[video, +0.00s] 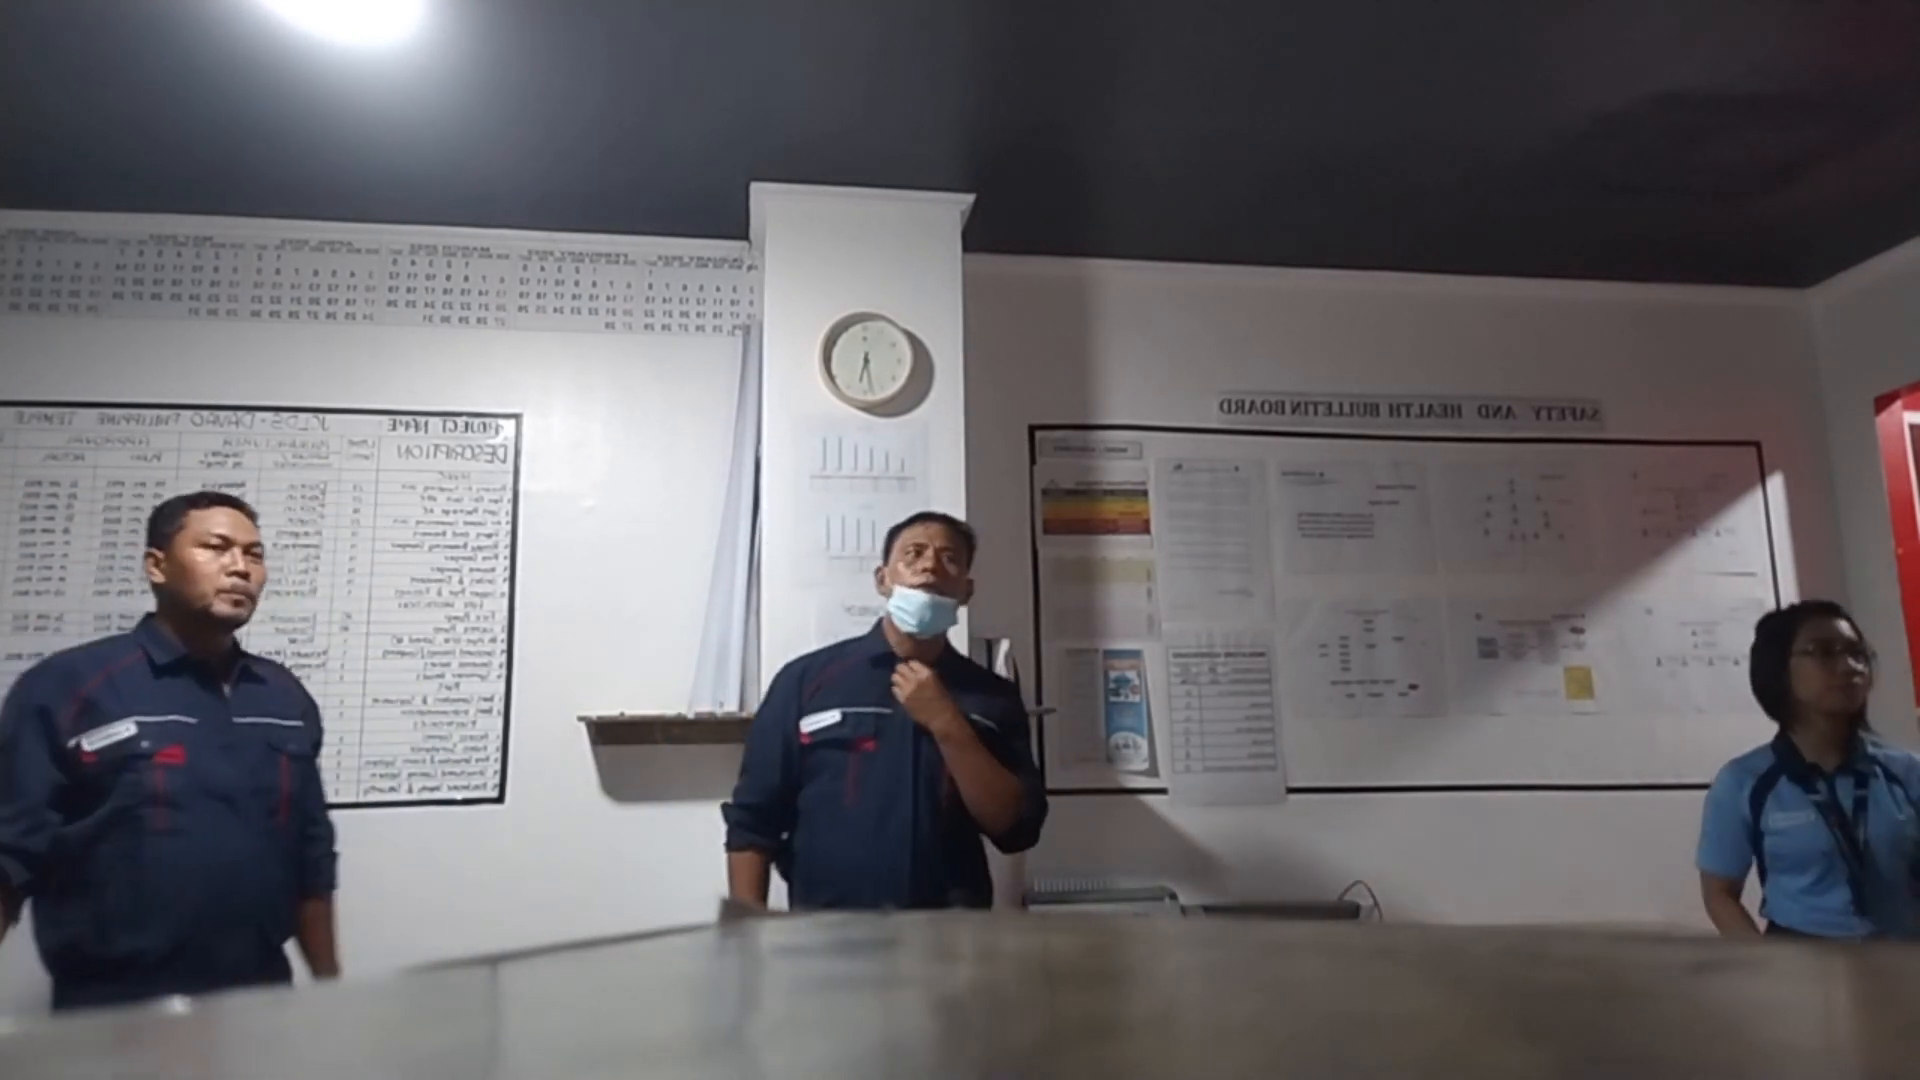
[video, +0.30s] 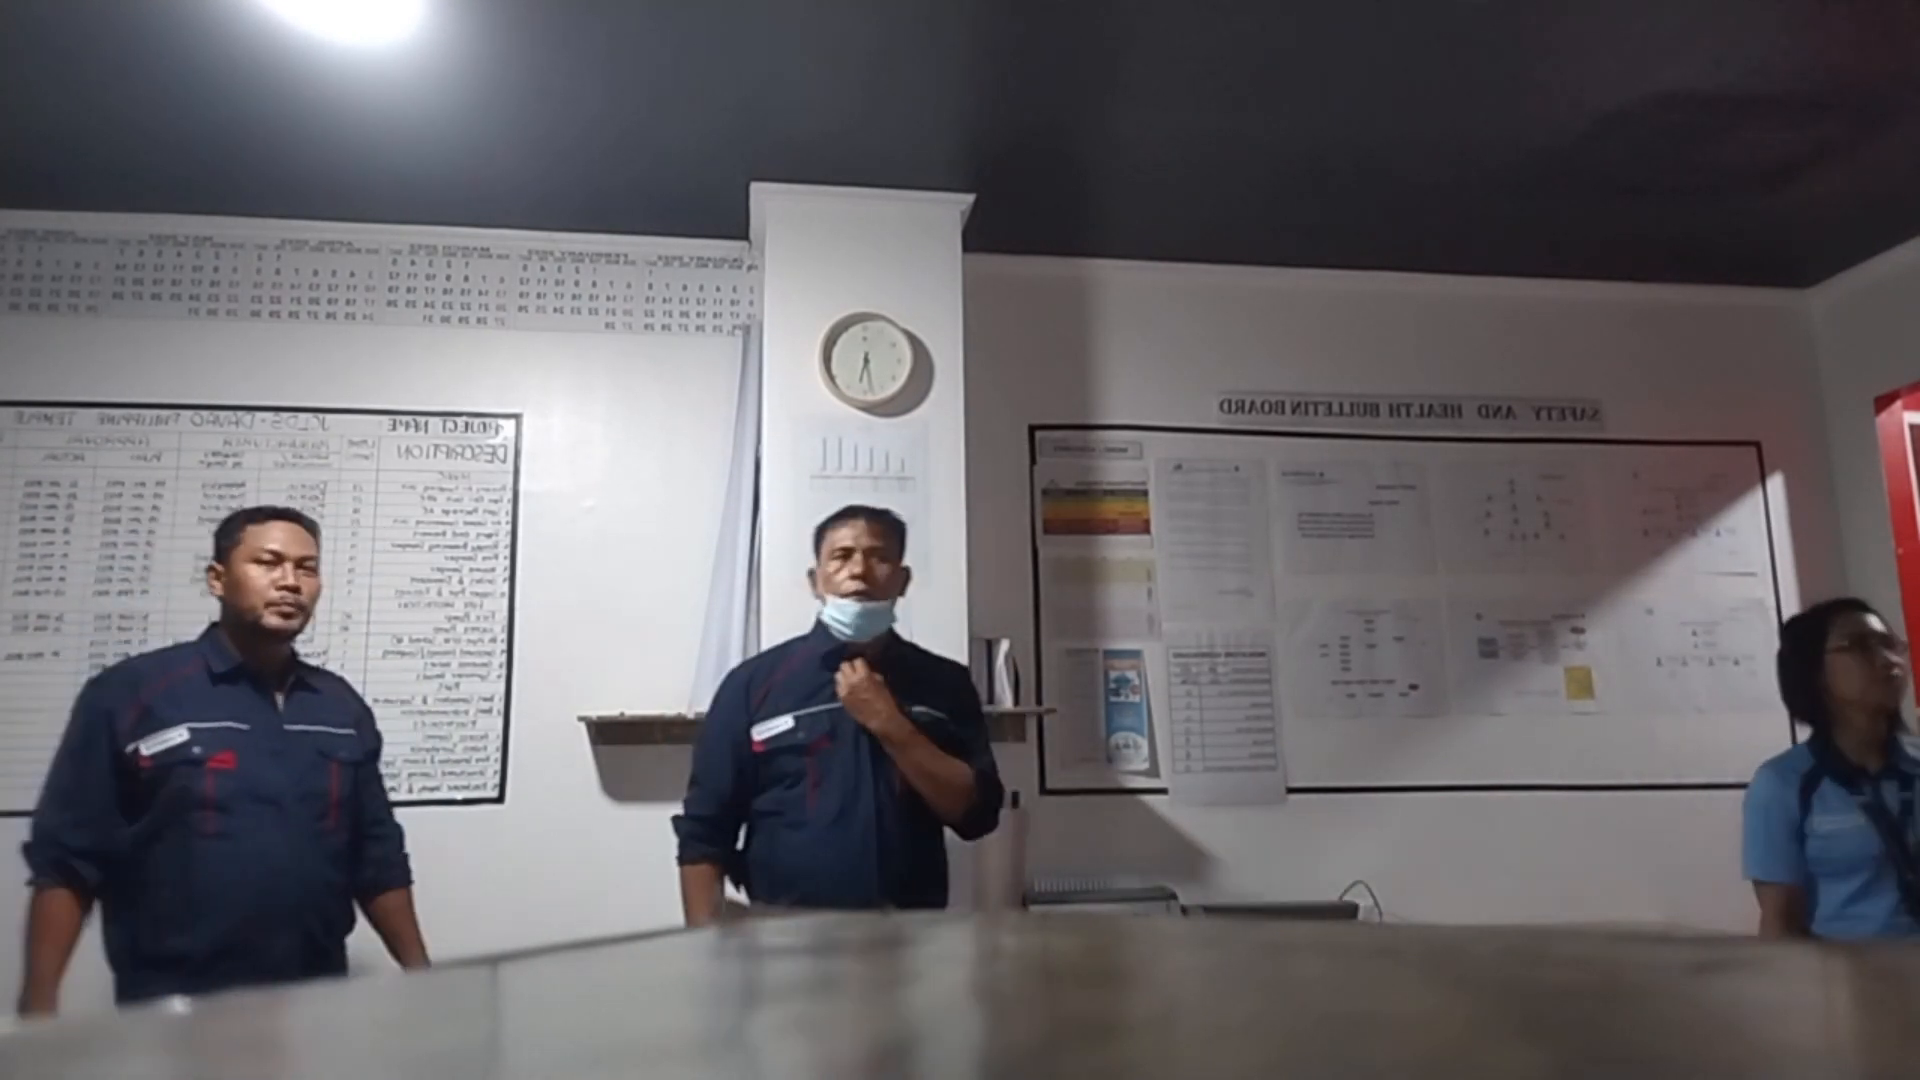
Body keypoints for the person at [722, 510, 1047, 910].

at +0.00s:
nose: (930, 566)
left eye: (948, 559)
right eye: (914, 554)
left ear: (966, 589)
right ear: (883, 579)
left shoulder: (992, 696)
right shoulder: (805, 682)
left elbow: (1018, 829)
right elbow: (752, 821)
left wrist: (945, 722)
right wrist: (749, 940)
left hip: (952, 943)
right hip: (827, 941)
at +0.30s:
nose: (859, 569)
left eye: (878, 557)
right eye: (841, 557)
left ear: (902, 580)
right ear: (816, 580)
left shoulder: (945, 684)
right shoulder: (752, 687)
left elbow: (977, 816)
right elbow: (703, 832)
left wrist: (889, 723)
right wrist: (709, 957)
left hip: (908, 939)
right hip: (788, 940)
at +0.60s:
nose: (821, 562)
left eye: (835, 549)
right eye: (800, 550)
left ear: (856, 572)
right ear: (770, 576)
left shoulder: (908, 673)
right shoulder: (714, 697)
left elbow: (957, 807)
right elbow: (672, 854)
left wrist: (862, 764)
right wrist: (675, 983)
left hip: (882, 941)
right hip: (760, 943)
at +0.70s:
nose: (818, 561)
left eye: (833, 547)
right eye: (797, 548)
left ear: (852, 571)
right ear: (767, 575)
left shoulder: (905, 672)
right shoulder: (711, 702)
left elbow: (955, 794)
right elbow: (670, 859)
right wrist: (676, 987)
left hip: (885, 944)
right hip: (762, 947)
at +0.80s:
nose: (824, 557)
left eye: (838, 545)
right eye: (803, 544)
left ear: (855, 570)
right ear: (769, 572)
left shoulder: (909, 678)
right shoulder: (710, 701)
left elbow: (953, 825)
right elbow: (677, 858)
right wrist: (690, 983)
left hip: (895, 949)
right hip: (765, 952)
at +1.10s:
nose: (873, 559)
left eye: (888, 548)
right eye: (852, 546)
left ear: (903, 573)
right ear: (818, 571)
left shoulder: (951, 686)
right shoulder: (756, 699)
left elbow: (987, 837)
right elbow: (715, 856)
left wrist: (993, 952)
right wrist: (728, 977)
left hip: (935, 945)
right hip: (804, 948)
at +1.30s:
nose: (933, 560)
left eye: (947, 550)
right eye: (914, 546)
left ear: (960, 575)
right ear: (877, 570)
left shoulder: (998, 691)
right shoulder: (807, 694)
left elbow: (1035, 844)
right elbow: (762, 847)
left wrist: (1047, 957)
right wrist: (767, 965)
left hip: (980, 948)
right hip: (850, 950)